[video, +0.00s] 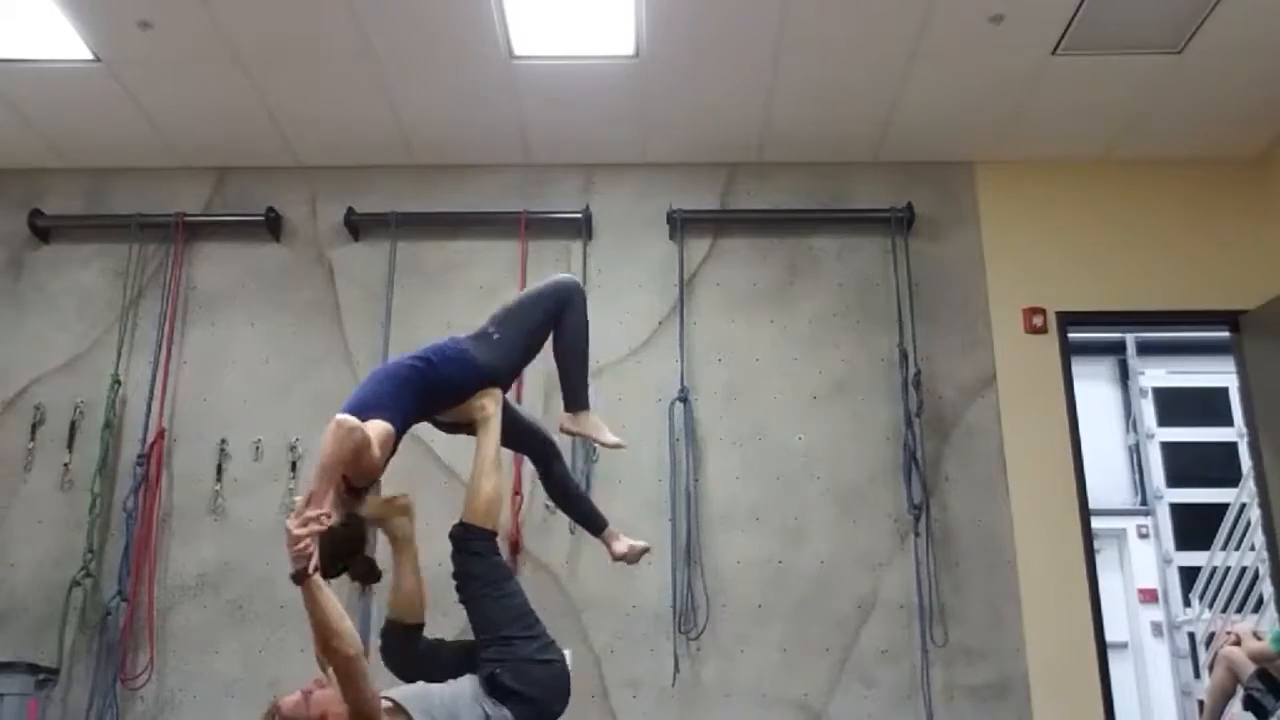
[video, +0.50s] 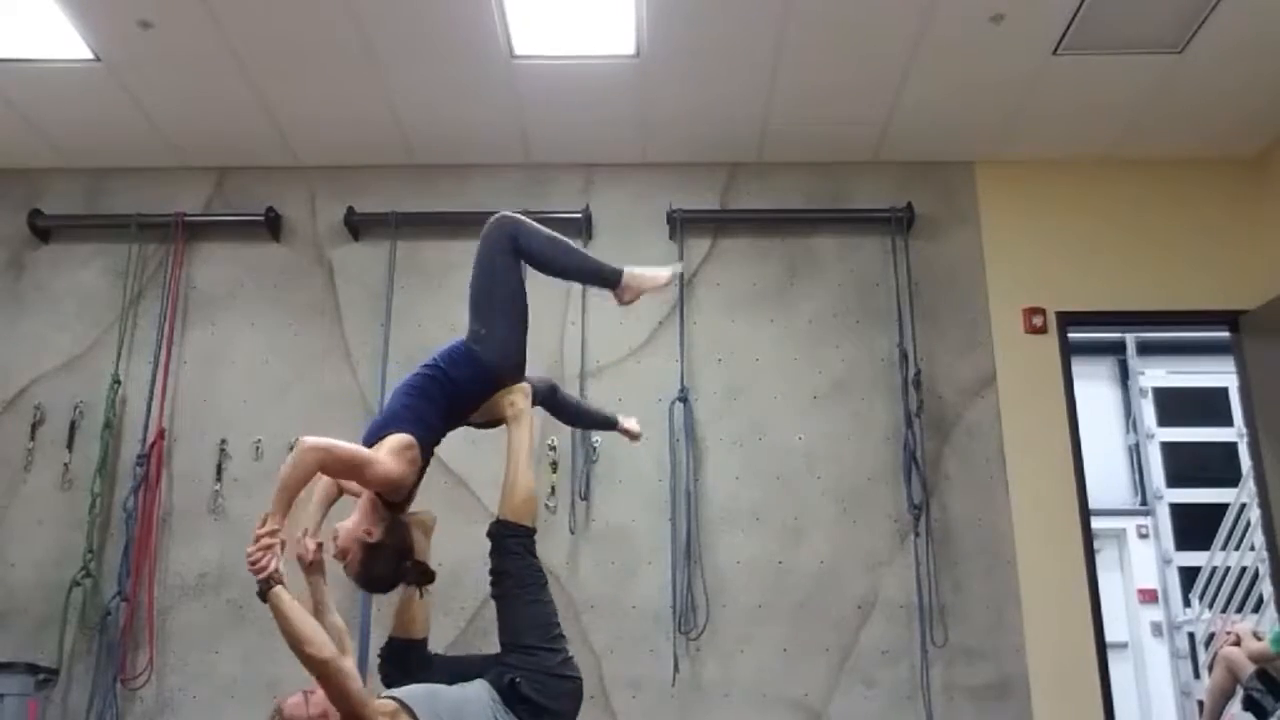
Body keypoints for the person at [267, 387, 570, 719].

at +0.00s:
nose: (316, 686)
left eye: (307, 689)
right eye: (310, 701)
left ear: (323, 691)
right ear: (324, 719)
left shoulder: (368, 705)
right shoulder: (370, 715)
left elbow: (332, 656)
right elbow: (347, 652)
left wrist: (306, 565)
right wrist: (306, 575)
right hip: (529, 691)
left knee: (401, 650)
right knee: (472, 545)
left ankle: (400, 531)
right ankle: (490, 415)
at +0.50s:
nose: (310, 692)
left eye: (304, 696)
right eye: (306, 703)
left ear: (320, 700)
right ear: (318, 716)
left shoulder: (366, 705)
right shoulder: (372, 713)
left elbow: (339, 651)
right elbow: (326, 659)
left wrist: (314, 580)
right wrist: (269, 586)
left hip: (512, 686)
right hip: (541, 691)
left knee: (404, 669)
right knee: (512, 546)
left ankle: (419, 542)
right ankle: (520, 415)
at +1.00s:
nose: (315, 692)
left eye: (306, 694)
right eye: (313, 708)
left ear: (320, 688)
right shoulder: (380, 712)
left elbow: (451, 527)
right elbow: (362, 648)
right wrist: (339, 563)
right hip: (539, 697)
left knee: (408, 661)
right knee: (518, 541)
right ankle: (528, 409)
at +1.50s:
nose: (315, 688)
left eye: (305, 691)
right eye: (308, 702)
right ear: (323, 719)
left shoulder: (377, 701)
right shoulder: (381, 710)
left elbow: (371, 639)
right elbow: (382, 636)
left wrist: (352, 565)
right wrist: (368, 547)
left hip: (510, 691)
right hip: (546, 701)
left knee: (439, 609)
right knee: (510, 556)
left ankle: (470, 478)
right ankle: (529, 432)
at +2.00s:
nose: (320, 687)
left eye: (309, 691)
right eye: (313, 702)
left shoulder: (381, 700)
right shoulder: (381, 711)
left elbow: (381, 643)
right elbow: (401, 640)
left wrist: (372, 569)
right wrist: (397, 549)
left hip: (521, 698)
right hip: (545, 701)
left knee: (467, 590)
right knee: (428, 594)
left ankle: (486, 475)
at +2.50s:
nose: (314, 687)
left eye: (301, 694)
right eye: (309, 704)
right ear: (327, 719)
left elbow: (364, 642)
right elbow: (424, 642)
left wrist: (349, 576)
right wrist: (451, 554)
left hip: (536, 672)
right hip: (524, 690)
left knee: (421, 575)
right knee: (417, 575)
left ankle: (383, 455)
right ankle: (382, 450)